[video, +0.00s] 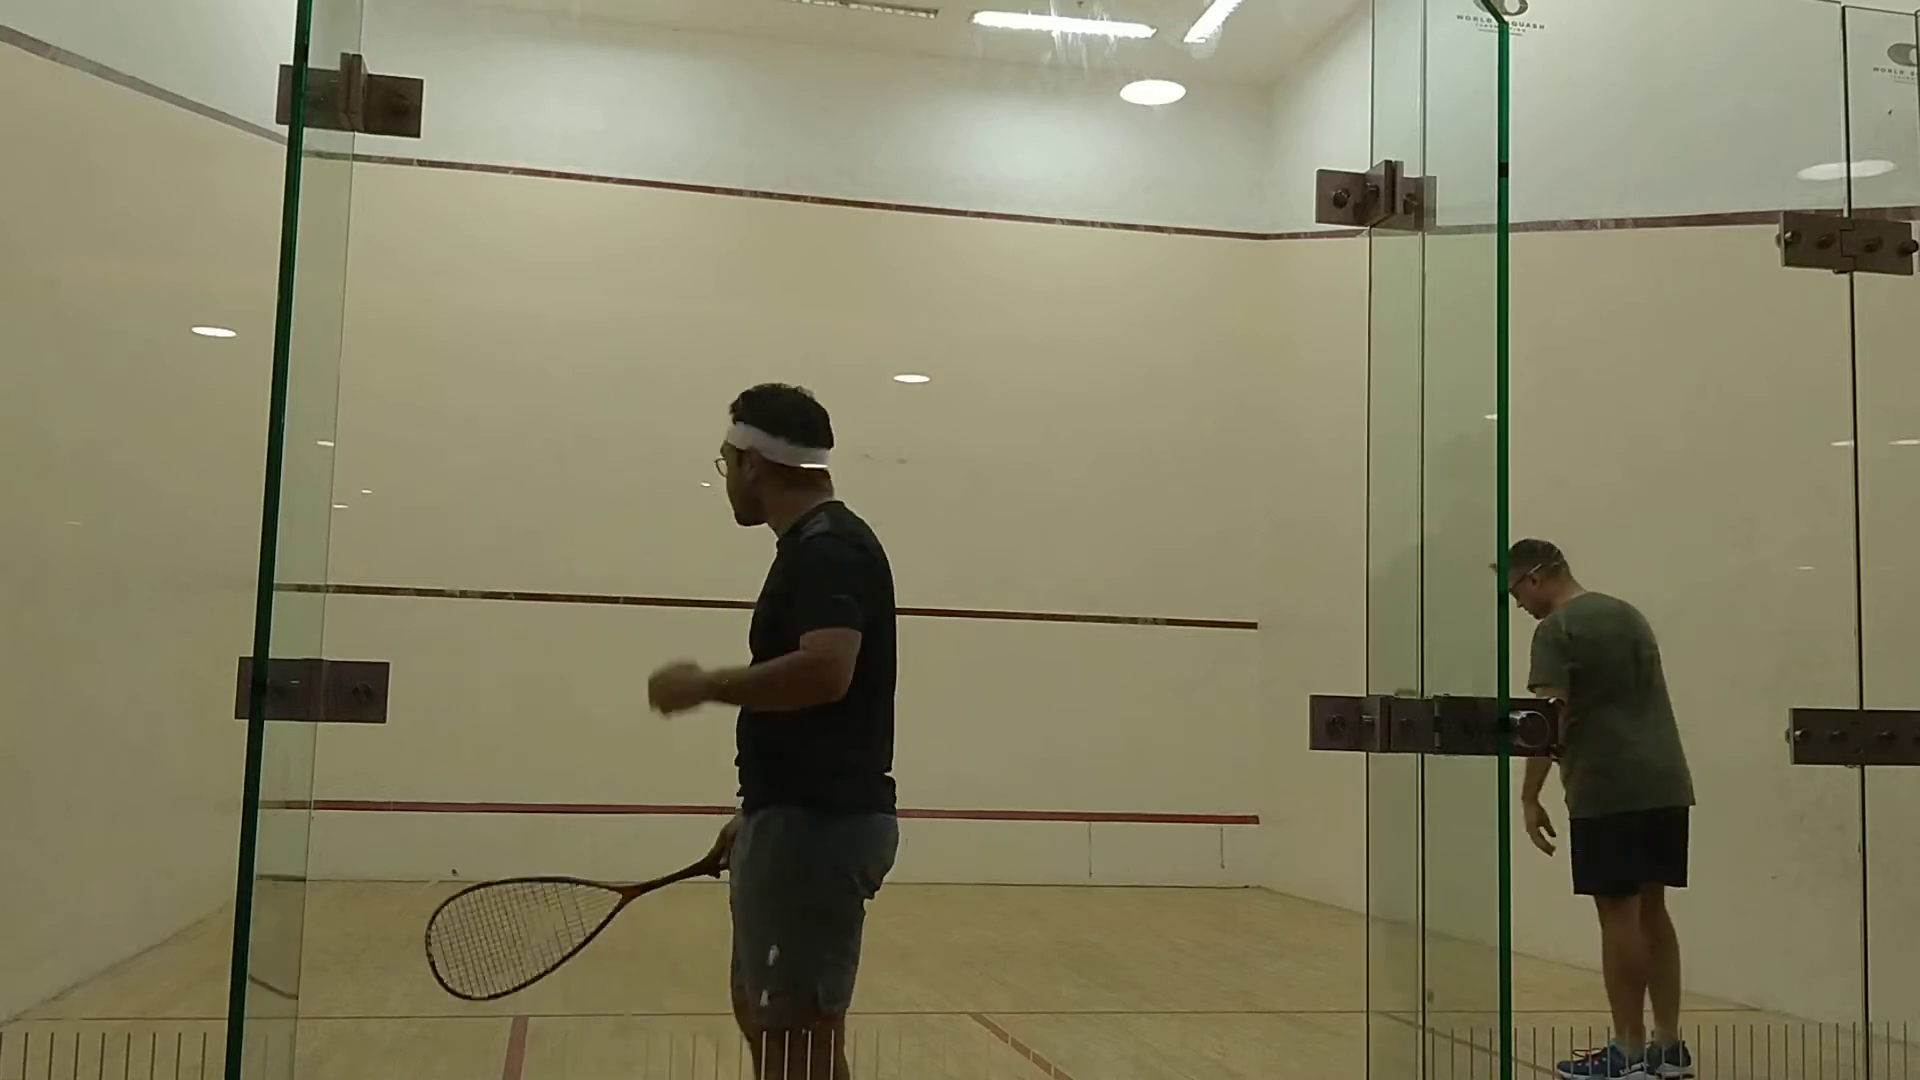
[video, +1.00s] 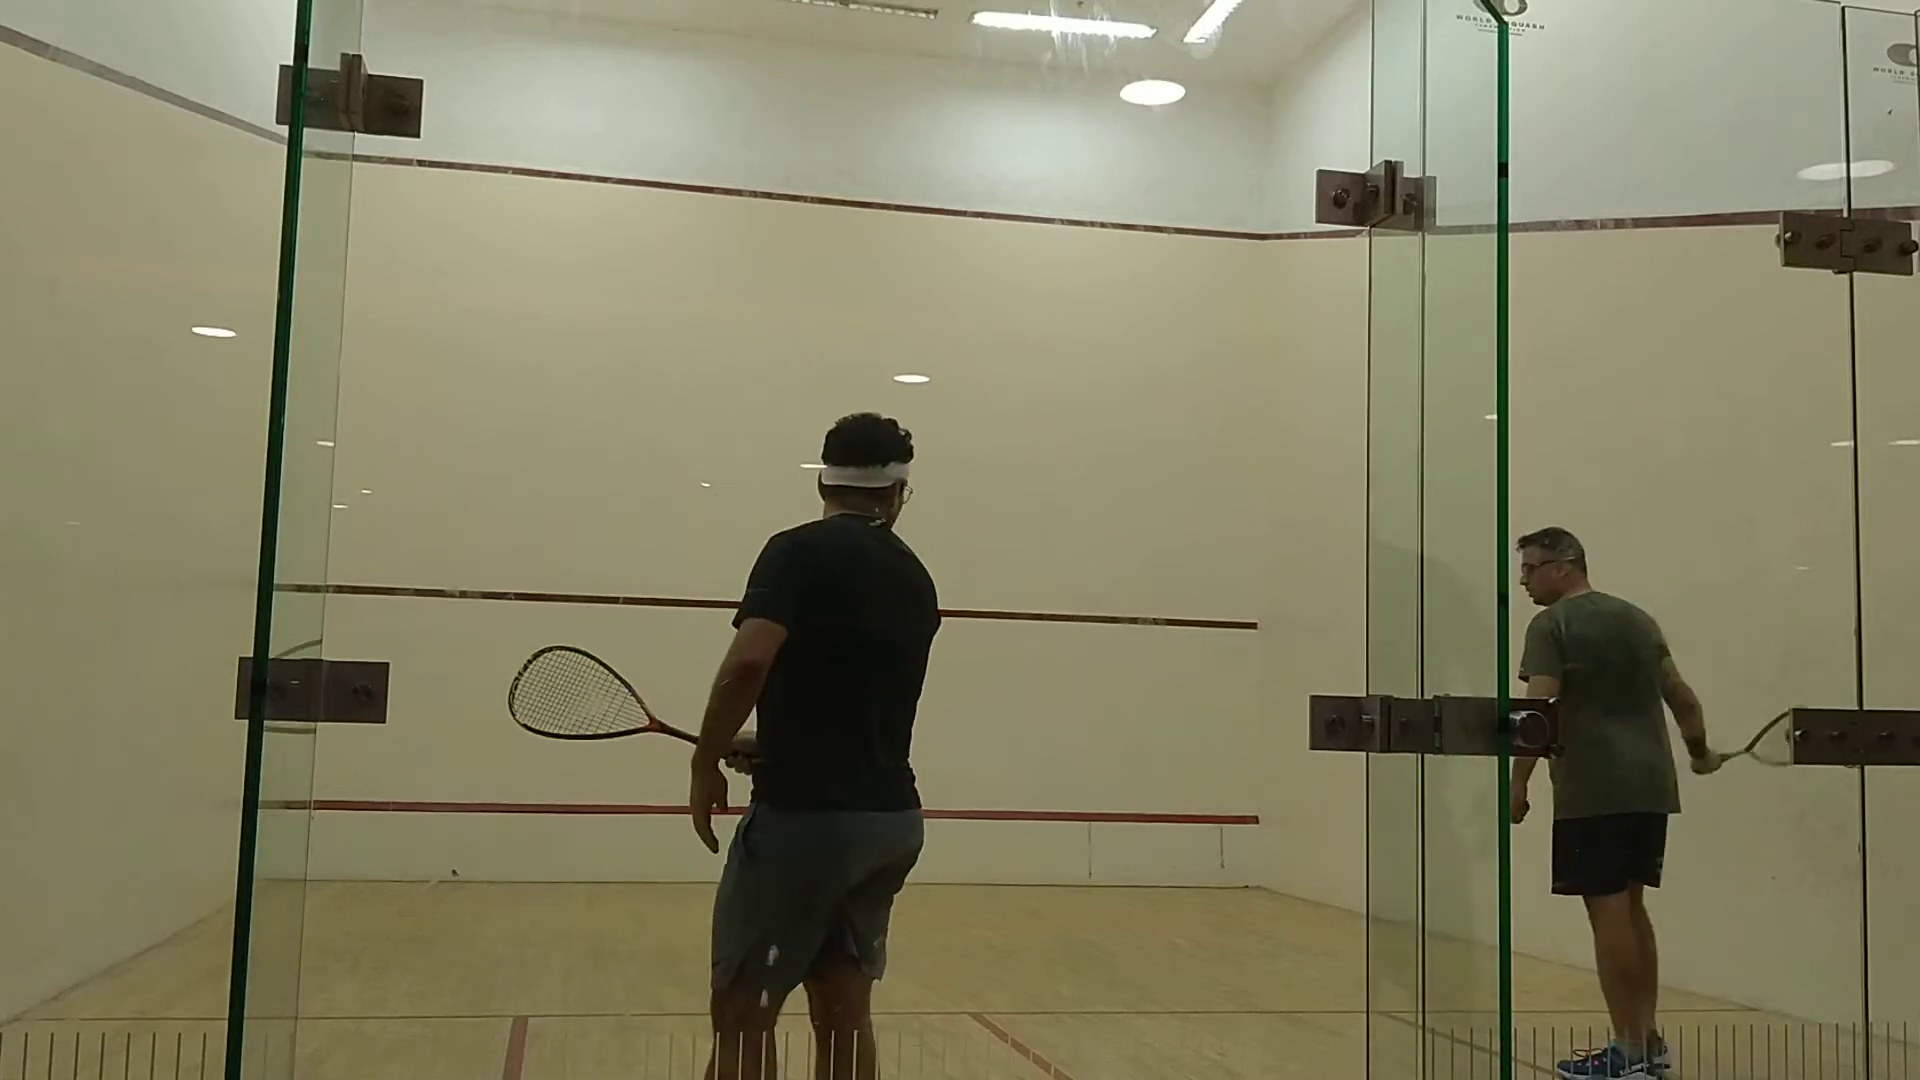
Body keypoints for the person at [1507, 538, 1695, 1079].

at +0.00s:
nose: (1522, 607)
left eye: (1518, 595)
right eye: (1516, 598)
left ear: (1535, 578)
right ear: (1558, 571)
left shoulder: (1555, 631)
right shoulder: (1629, 615)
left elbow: (1548, 722)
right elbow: (1643, 706)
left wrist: (1530, 794)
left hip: (1607, 799)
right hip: (1667, 791)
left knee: (1619, 918)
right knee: (1654, 912)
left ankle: (1629, 1052)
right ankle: (1669, 1044)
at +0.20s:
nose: (1524, 619)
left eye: (1520, 607)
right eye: (1518, 610)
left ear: (1533, 589)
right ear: (1561, 581)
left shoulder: (1556, 626)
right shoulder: (1623, 619)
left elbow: (1569, 709)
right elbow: (1631, 710)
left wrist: (1552, 789)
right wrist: (1579, 782)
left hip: (1615, 796)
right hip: (1672, 789)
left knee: (1622, 918)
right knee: (1658, 913)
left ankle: (1628, 1053)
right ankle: (1669, 1048)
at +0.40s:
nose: (1530, 613)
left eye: (1527, 601)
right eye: (1525, 604)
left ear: (1543, 585)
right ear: (1569, 578)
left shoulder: (1560, 623)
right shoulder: (1629, 618)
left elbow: (1560, 703)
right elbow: (1631, 708)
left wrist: (1538, 746)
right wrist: (1563, 742)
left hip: (1613, 795)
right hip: (1671, 789)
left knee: (1621, 915)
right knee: (1658, 912)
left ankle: (1629, 1053)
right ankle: (1670, 1048)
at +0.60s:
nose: (1531, 597)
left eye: (1533, 585)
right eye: (1528, 588)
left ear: (1558, 574)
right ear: (1578, 572)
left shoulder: (1553, 624)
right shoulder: (1644, 620)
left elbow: (1526, 715)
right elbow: (1676, 710)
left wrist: (1558, 742)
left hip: (1604, 796)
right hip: (1670, 791)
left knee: (1616, 916)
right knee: (1660, 912)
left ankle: (1629, 1052)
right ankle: (1670, 1049)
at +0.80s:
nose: (1528, 584)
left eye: (1535, 572)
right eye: (1526, 574)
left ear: (1569, 566)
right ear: (1580, 569)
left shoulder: (1553, 625)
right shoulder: (1644, 619)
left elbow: (1535, 712)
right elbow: (1683, 710)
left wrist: (1520, 768)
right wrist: (1677, 780)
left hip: (1597, 799)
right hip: (1664, 794)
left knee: (1613, 919)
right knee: (1654, 912)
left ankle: (1630, 1051)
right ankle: (1670, 1047)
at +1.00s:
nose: (1524, 583)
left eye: (1529, 571)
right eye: (1523, 572)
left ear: (1564, 566)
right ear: (1576, 568)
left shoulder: (1550, 625)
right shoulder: (1637, 618)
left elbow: (1538, 713)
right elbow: (1682, 697)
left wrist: (1518, 783)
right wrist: (1699, 748)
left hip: (1592, 798)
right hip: (1650, 794)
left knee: (1609, 918)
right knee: (1633, 907)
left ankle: (1628, 1052)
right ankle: (1646, 1042)